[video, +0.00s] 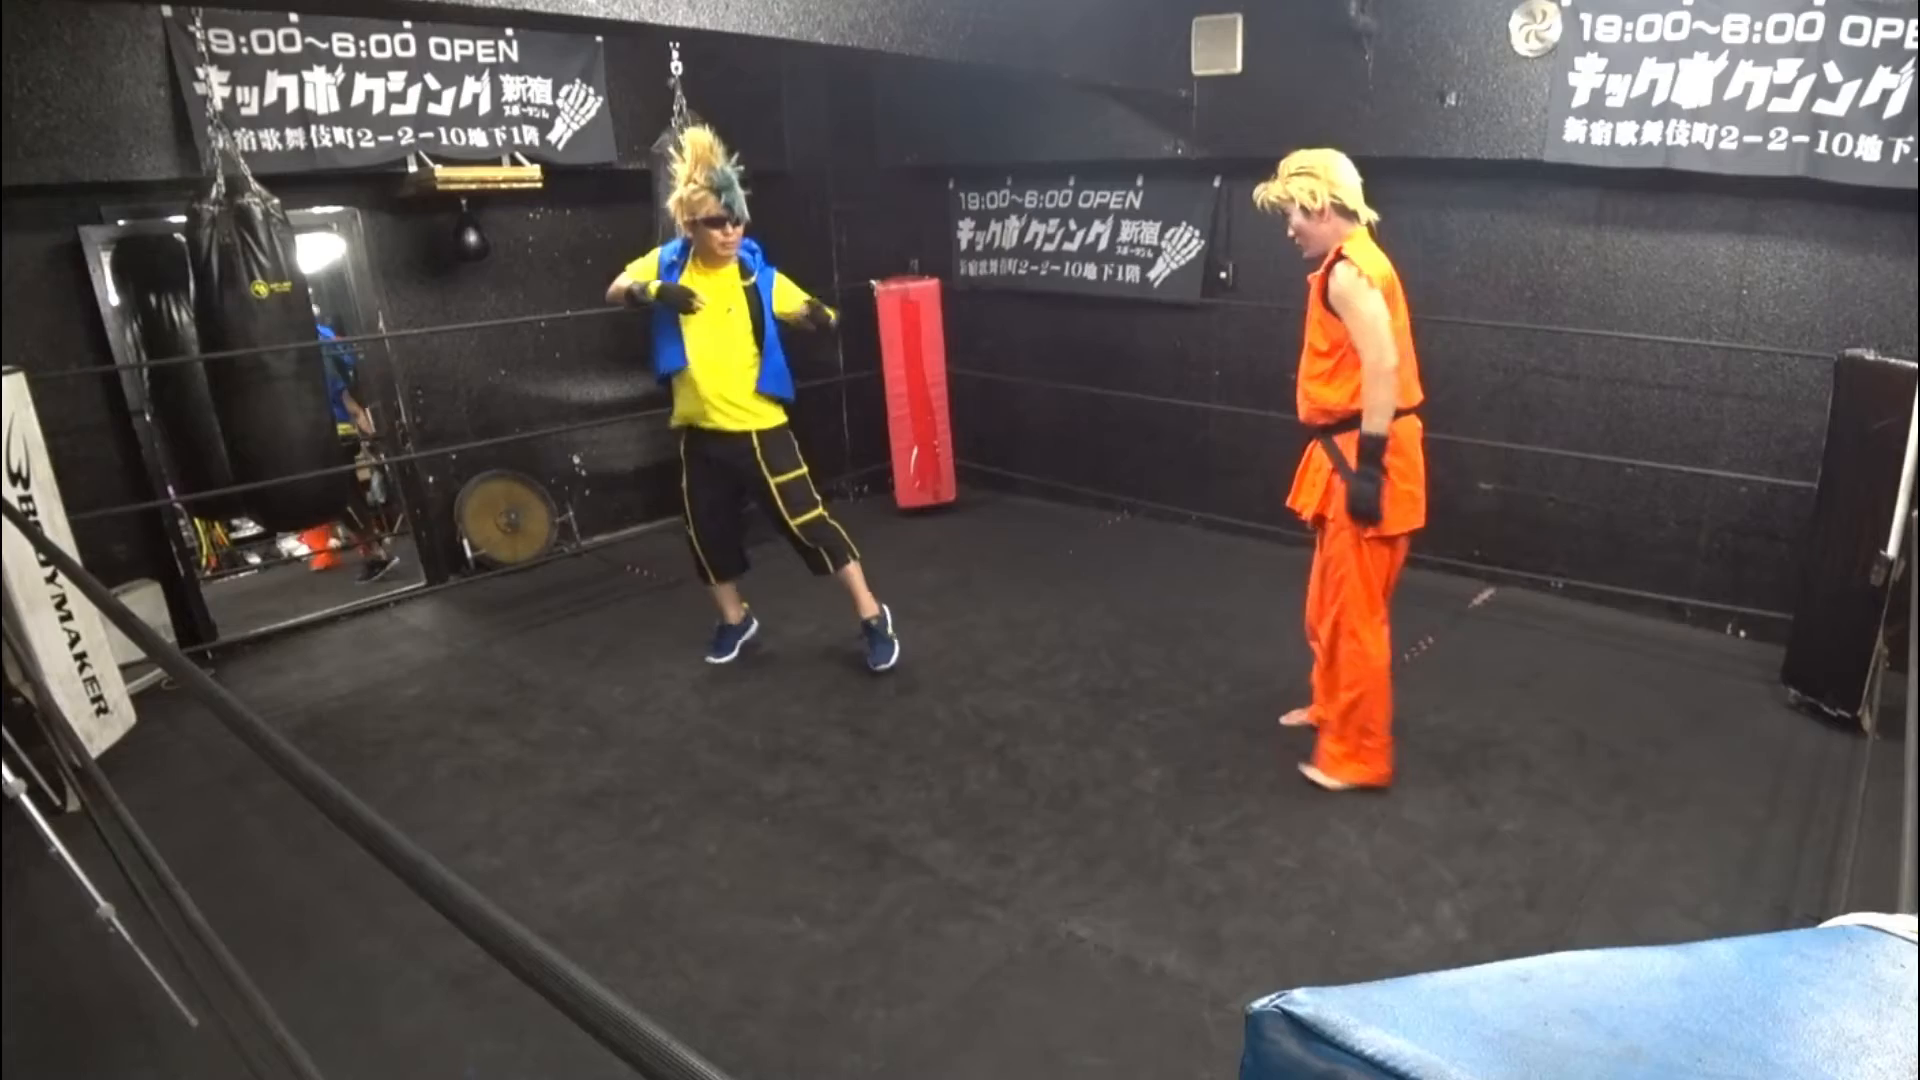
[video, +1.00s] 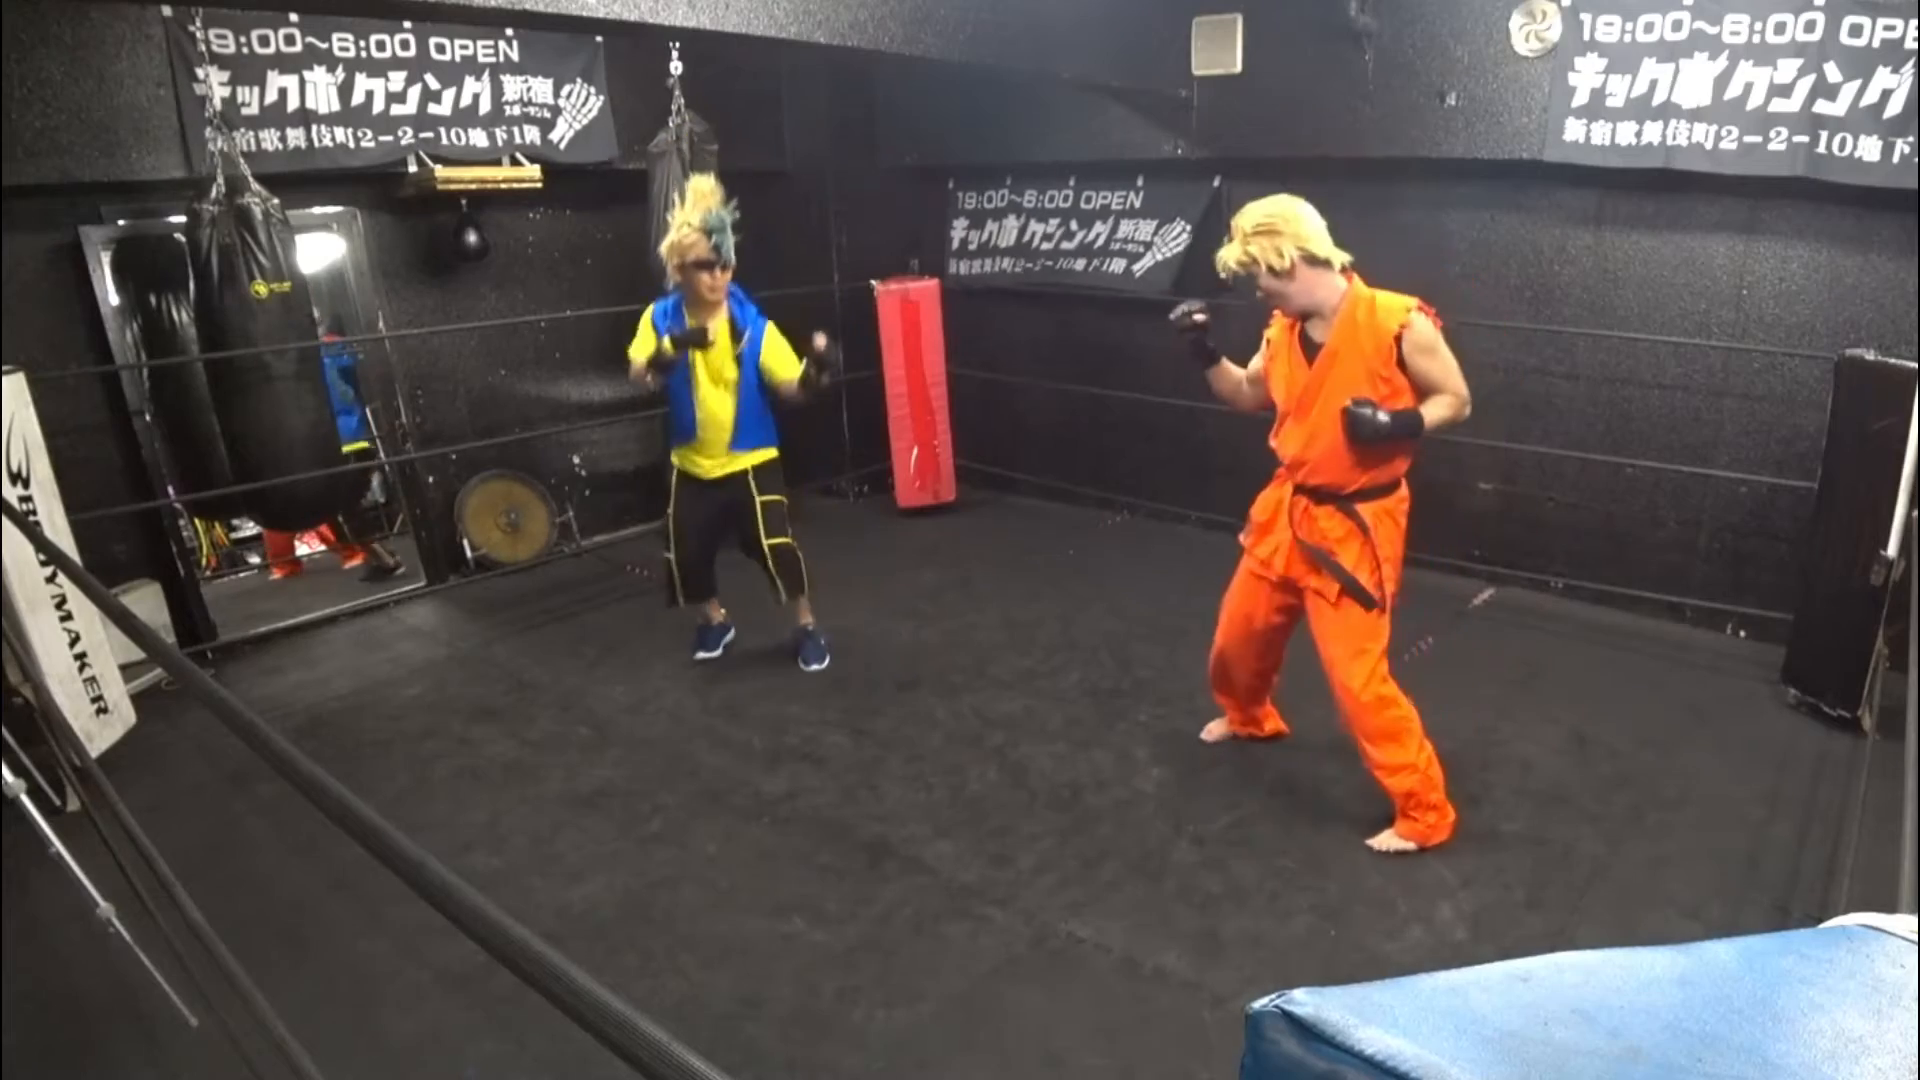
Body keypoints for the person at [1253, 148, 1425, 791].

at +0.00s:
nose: (1290, 232)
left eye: (1296, 218)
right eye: (1288, 220)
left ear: (1330, 212)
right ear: (1329, 212)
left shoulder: (1349, 273)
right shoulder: (1357, 263)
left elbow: (1380, 367)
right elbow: (1377, 364)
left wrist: (1369, 466)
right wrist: (1348, 457)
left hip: (1363, 458)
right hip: (1350, 452)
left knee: (1353, 614)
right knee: (1330, 601)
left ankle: (1360, 756)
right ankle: (1334, 703)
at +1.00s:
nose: (1263, 294)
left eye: (1266, 278)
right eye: (1257, 282)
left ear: (1298, 260)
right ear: (1289, 266)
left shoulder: (1398, 321)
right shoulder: (1285, 332)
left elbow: (1456, 399)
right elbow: (1246, 394)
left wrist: (1399, 421)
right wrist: (1205, 351)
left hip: (1358, 521)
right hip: (1287, 507)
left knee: (1358, 681)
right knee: (1238, 636)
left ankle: (1426, 814)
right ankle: (1249, 717)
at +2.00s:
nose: (1230, 283)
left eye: (1233, 268)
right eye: (1227, 270)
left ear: (1266, 260)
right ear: (1268, 261)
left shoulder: (1355, 331)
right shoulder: (1262, 325)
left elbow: (1329, 412)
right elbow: (1252, 398)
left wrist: (1264, 358)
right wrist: (1191, 383)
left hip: (1325, 519)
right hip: (1256, 508)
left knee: (1346, 654)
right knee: (1197, 627)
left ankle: (1417, 758)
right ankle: (1187, 703)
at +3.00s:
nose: (1082, 282)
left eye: (1087, 269)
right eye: (1081, 270)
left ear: (1115, 264)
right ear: (1121, 265)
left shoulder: (1180, 340)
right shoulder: (1107, 331)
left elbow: (1162, 437)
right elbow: (1088, 418)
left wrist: (1094, 400)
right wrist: (1022, 413)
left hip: (1158, 511)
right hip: (1097, 499)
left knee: (1155, 657)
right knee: (1047, 605)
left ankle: (1250, 746)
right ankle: (1041, 685)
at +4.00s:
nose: (1001, 233)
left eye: (1006, 222)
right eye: (1003, 221)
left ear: (1027, 223)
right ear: (1065, 223)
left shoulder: (990, 281)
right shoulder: (1114, 285)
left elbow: (947, 368)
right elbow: (1146, 379)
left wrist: (931, 339)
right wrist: (1088, 349)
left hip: (999, 459)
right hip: (1077, 459)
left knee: (948, 580)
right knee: (1079, 590)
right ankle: (1113, 711)